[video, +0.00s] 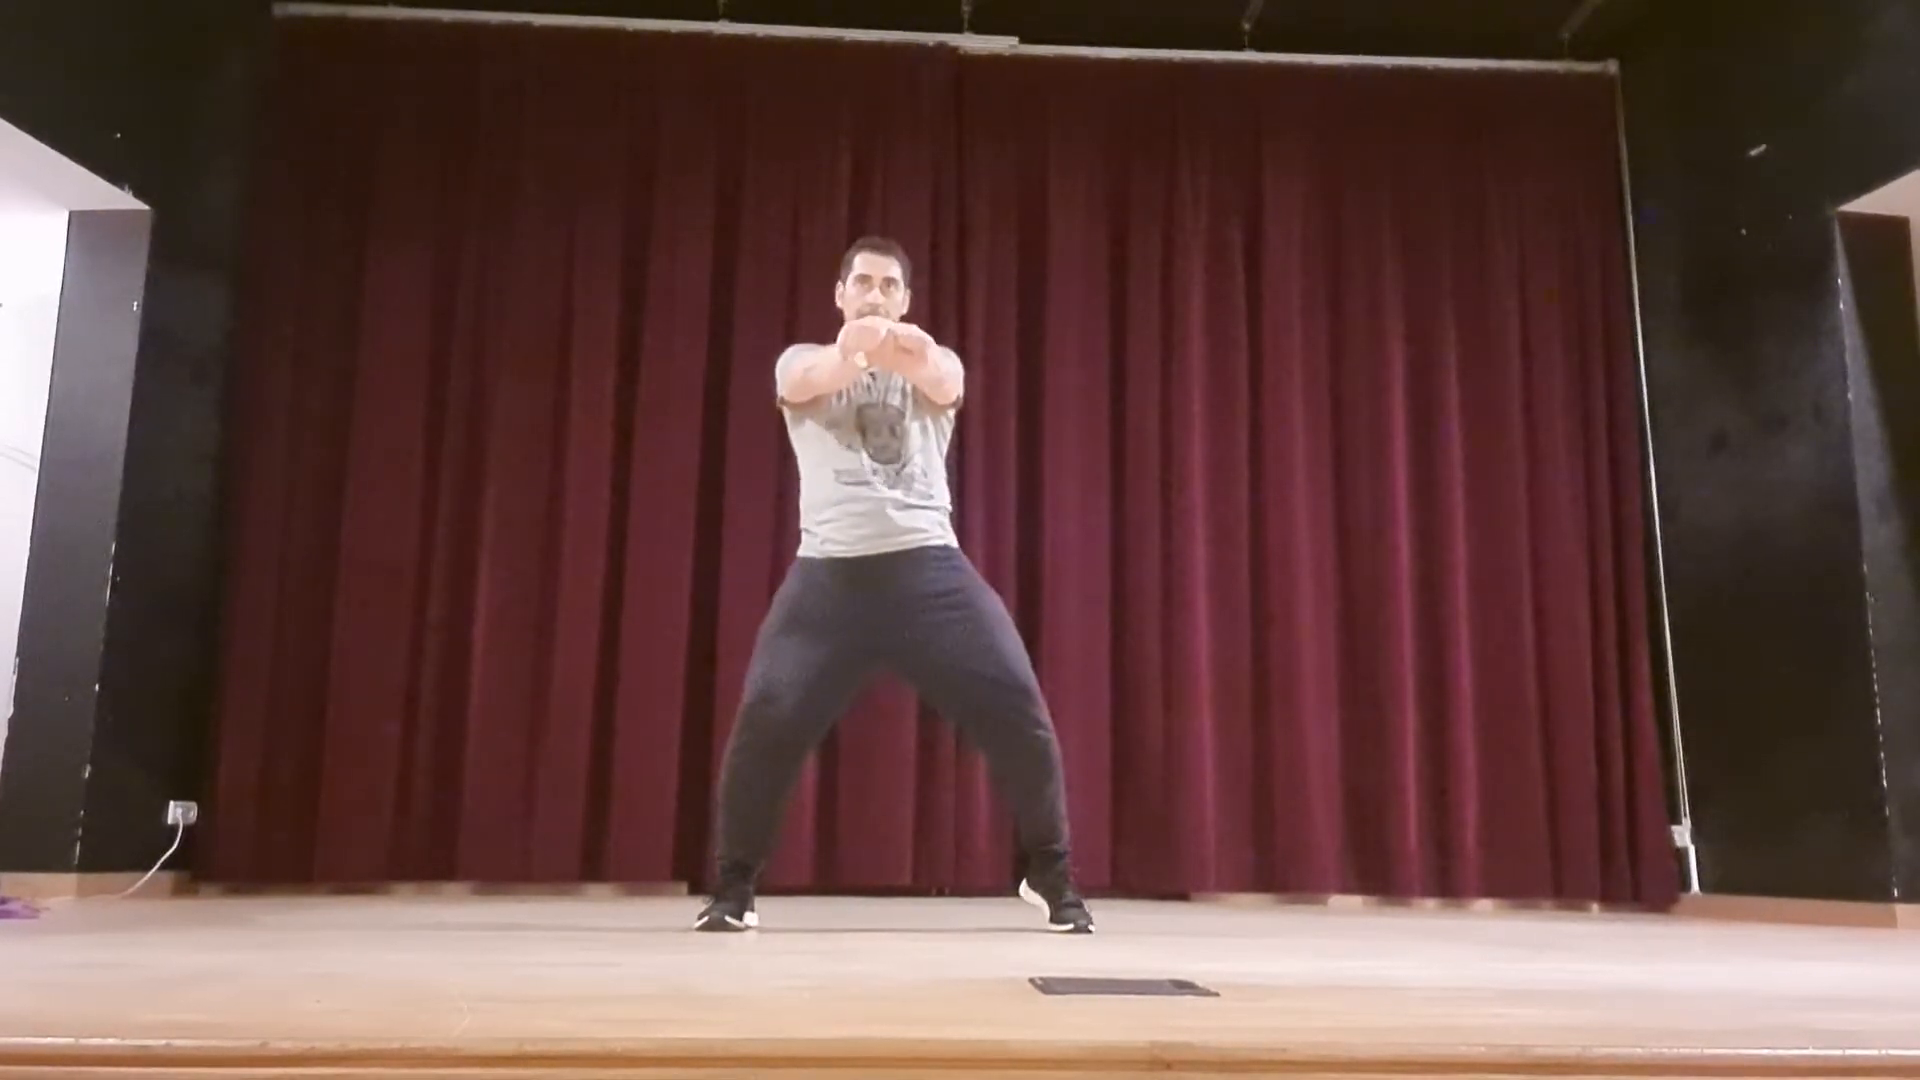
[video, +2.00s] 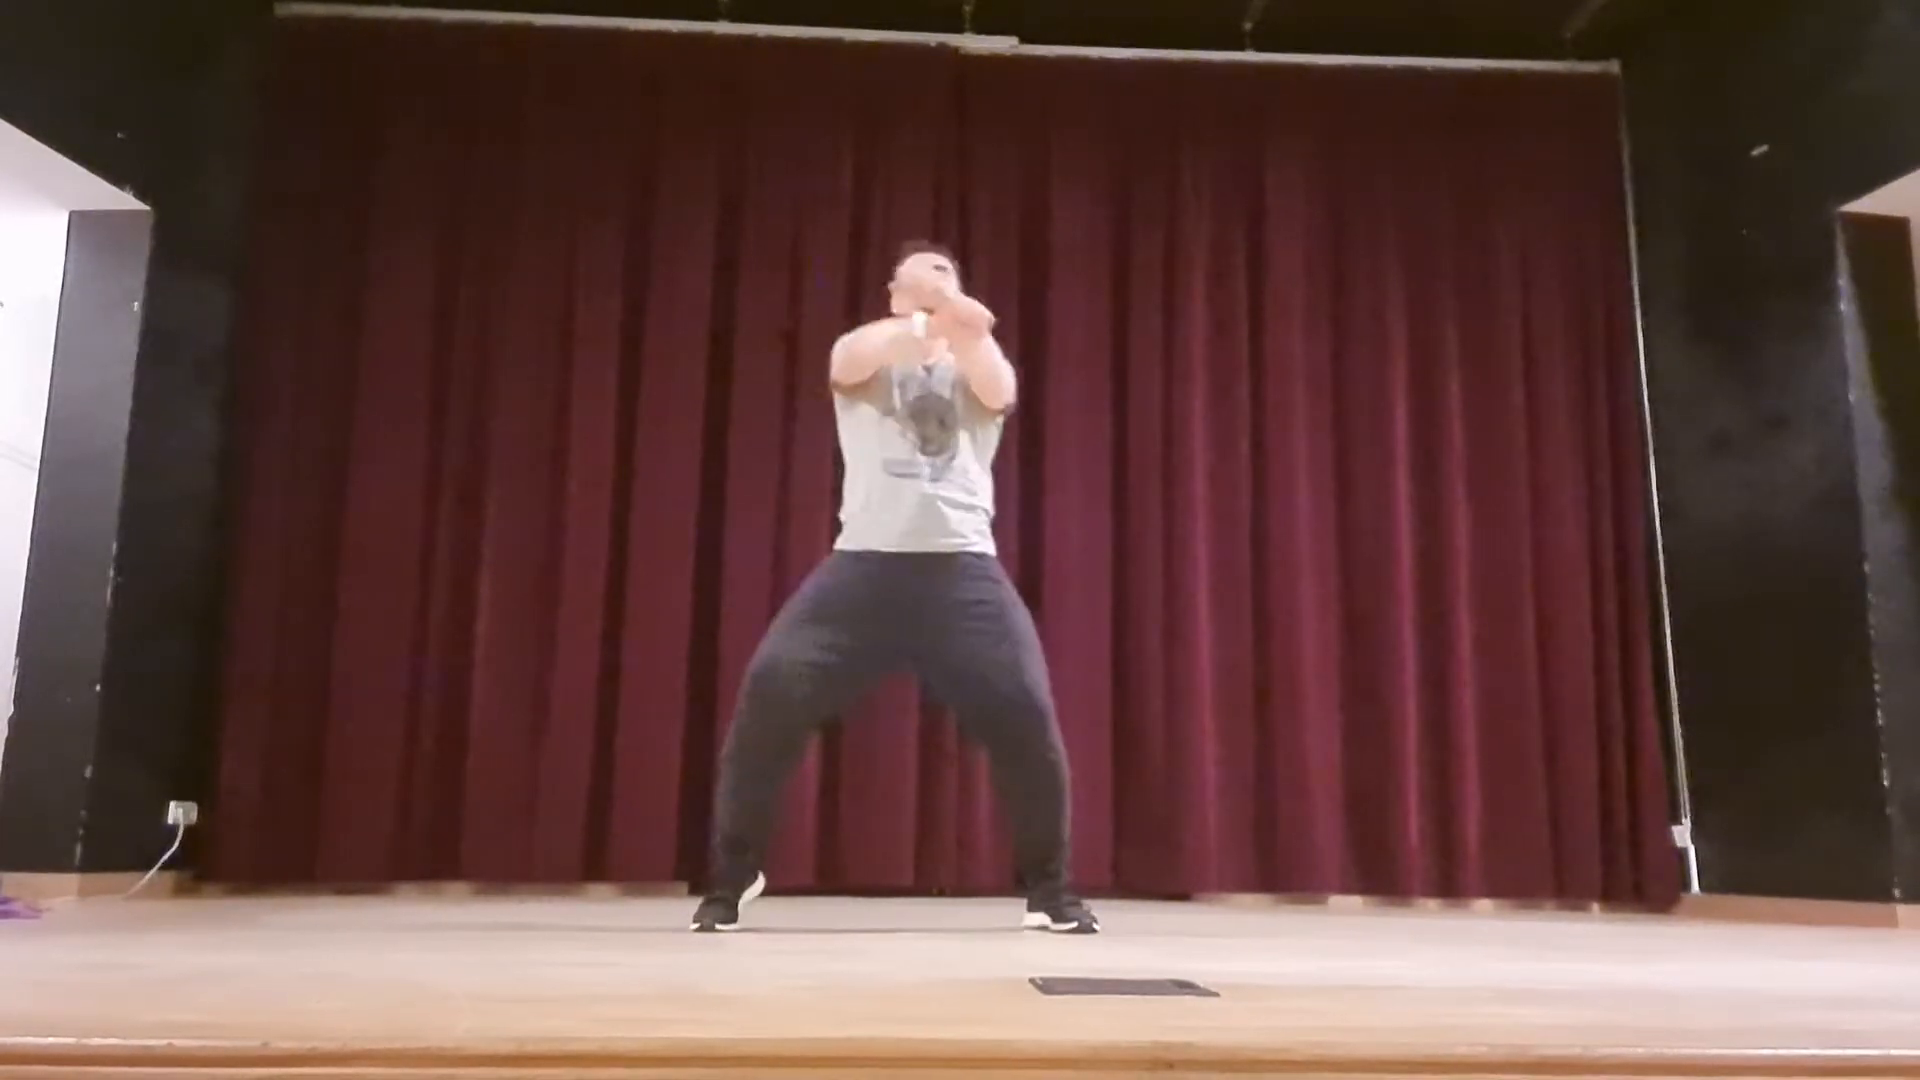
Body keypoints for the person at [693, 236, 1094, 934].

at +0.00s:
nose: (875, 295)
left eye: (888, 286)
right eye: (864, 283)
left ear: (907, 300)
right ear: (839, 293)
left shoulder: (932, 359)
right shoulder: (802, 360)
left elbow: (947, 388)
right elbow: (803, 384)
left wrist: (913, 358)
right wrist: (852, 357)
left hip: (930, 571)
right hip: (827, 578)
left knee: (1020, 711)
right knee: (767, 712)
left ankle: (1048, 869)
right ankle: (733, 889)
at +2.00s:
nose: (941, 271)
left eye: (949, 268)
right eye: (926, 264)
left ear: (961, 294)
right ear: (894, 293)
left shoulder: (983, 360)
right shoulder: (862, 350)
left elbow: (996, 394)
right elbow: (851, 361)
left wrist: (971, 333)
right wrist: (916, 323)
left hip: (963, 571)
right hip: (862, 567)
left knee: (1026, 709)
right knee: (773, 685)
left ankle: (1049, 890)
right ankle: (733, 871)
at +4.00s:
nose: (928, 296)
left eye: (942, 287)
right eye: (915, 288)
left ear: (971, 310)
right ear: (897, 311)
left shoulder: (991, 373)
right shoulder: (867, 359)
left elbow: (1007, 420)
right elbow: (860, 387)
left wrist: (974, 365)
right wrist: (932, 372)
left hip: (969, 581)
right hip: (865, 579)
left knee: (1026, 711)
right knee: (779, 690)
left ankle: (1041, 888)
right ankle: (734, 872)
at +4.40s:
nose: (847, 292)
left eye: (861, 283)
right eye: (835, 282)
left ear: (884, 302)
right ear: (815, 301)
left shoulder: (918, 361)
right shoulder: (788, 369)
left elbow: (926, 387)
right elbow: (777, 405)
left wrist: (878, 362)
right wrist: (824, 374)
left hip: (923, 573)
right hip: (820, 579)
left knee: (1019, 693)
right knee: (754, 700)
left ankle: (1046, 863)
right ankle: (732, 888)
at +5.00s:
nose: (926, 312)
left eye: (938, 302)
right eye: (914, 299)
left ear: (960, 305)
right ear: (892, 298)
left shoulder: (983, 365)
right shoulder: (859, 353)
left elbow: (997, 394)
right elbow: (854, 353)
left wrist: (972, 324)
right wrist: (913, 320)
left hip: (959, 573)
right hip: (856, 567)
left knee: (1022, 705)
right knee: (763, 681)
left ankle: (1041, 886)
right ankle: (730, 867)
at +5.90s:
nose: (845, 289)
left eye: (859, 280)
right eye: (833, 279)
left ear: (881, 300)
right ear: (812, 297)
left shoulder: (914, 360)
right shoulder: (780, 369)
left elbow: (923, 385)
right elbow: (782, 398)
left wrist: (874, 369)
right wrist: (826, 369)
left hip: (923, 572)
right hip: (820, 579)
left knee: (1017, 689)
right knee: (755, 702)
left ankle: (1047, 862)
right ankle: (732, 885)